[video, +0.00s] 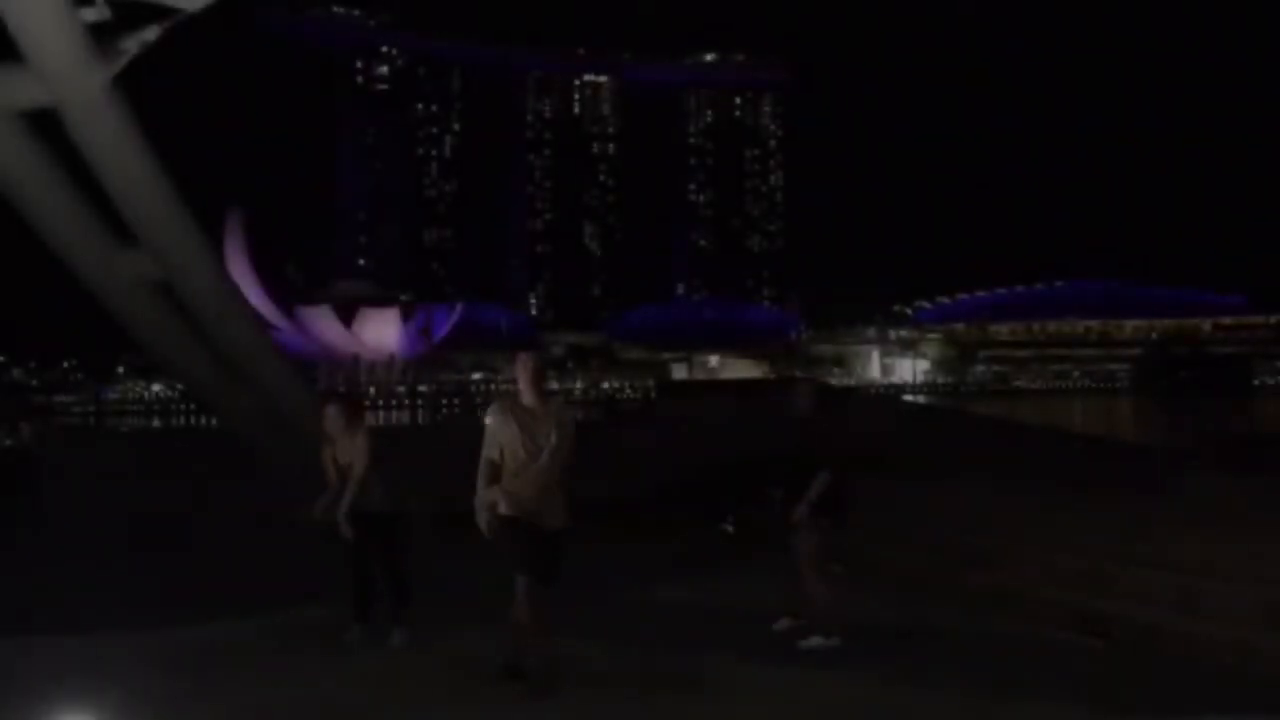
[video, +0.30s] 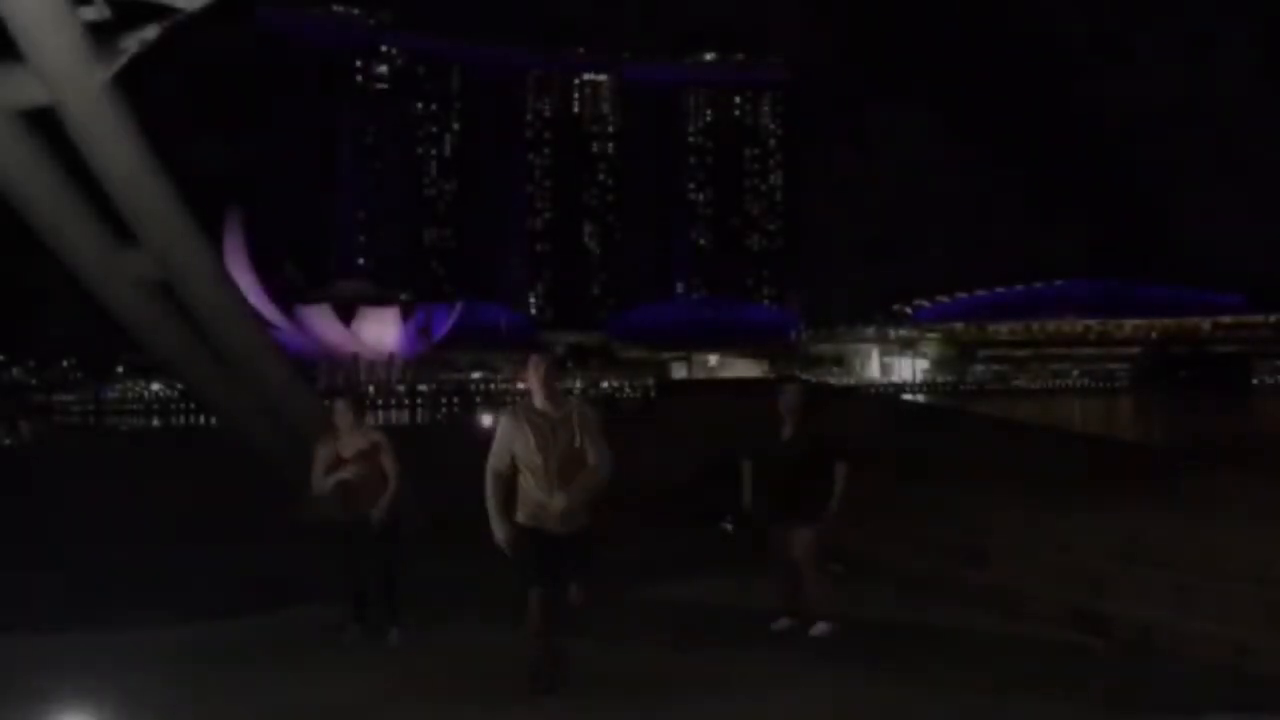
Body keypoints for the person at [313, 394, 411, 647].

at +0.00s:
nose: (329, 424)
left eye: (334, 417)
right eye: (327, 418)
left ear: (347, 419)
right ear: (324, 421)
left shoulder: (360, 441)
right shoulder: (330, 448)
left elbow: (356, 479)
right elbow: (335, 482)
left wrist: (343, 513)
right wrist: (325, 504)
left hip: (379, 510)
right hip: (355, 509)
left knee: (384, 568)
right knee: (359, 569)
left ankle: (397, 622)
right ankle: (361, 619)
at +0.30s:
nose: (341, 419)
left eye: (346, 412)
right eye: (337, 413)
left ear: (357, 414)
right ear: (332, 417)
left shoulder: (375, 441)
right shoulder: (327, 447)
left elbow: (392, 477)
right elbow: (318, 487)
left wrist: (381, 507)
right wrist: (341, 474)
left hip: (376, 517)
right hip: (345, 518)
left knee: (382, 569)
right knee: (351, 572)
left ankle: (389, 624)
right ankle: (356, 624)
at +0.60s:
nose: (364, 415)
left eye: (368, 409)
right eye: (360, 410)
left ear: (377, 413)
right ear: (351, 414)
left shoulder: (389, 440)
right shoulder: (342, 440)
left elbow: (413, 470)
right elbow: (311, 464)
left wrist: (431, 502)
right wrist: (327, 490)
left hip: (385, 516)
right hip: (353, 515)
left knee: (382, 573)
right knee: (354, 571)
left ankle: (378, 628)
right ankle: (355, 625)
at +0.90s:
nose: (383, 405)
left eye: (388, 400)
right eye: (378, 399)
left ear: (395, 403)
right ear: (370, 402)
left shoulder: (402, 431)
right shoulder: (358, 431)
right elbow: (323, 455)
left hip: (395, 502)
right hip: (364, 502)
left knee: (392, 555)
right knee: (372, 554)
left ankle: (381, 605)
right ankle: (366, 602)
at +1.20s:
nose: (400, 442)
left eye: (402, 436)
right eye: (395, 436)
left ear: (404, 440)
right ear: (386, 438)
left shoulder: (403, 464)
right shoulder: (378, 463)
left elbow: (402, 429)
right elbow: (380, 425)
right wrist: (390, 390)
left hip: (404, 526)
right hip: (380, 528)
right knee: (389, 586)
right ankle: (384, 638)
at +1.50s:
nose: (417, 416)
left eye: (421, 410)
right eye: (410, 410)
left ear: (428, 413)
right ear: (400, 414)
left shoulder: (434, 443)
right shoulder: (392, 443)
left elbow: (441, 485)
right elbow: (374, 486)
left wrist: (459, 498)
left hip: (425, 520)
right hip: (394, 520)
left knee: (427, 575)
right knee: (389, 578)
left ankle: (428, 629)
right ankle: (382, 634)